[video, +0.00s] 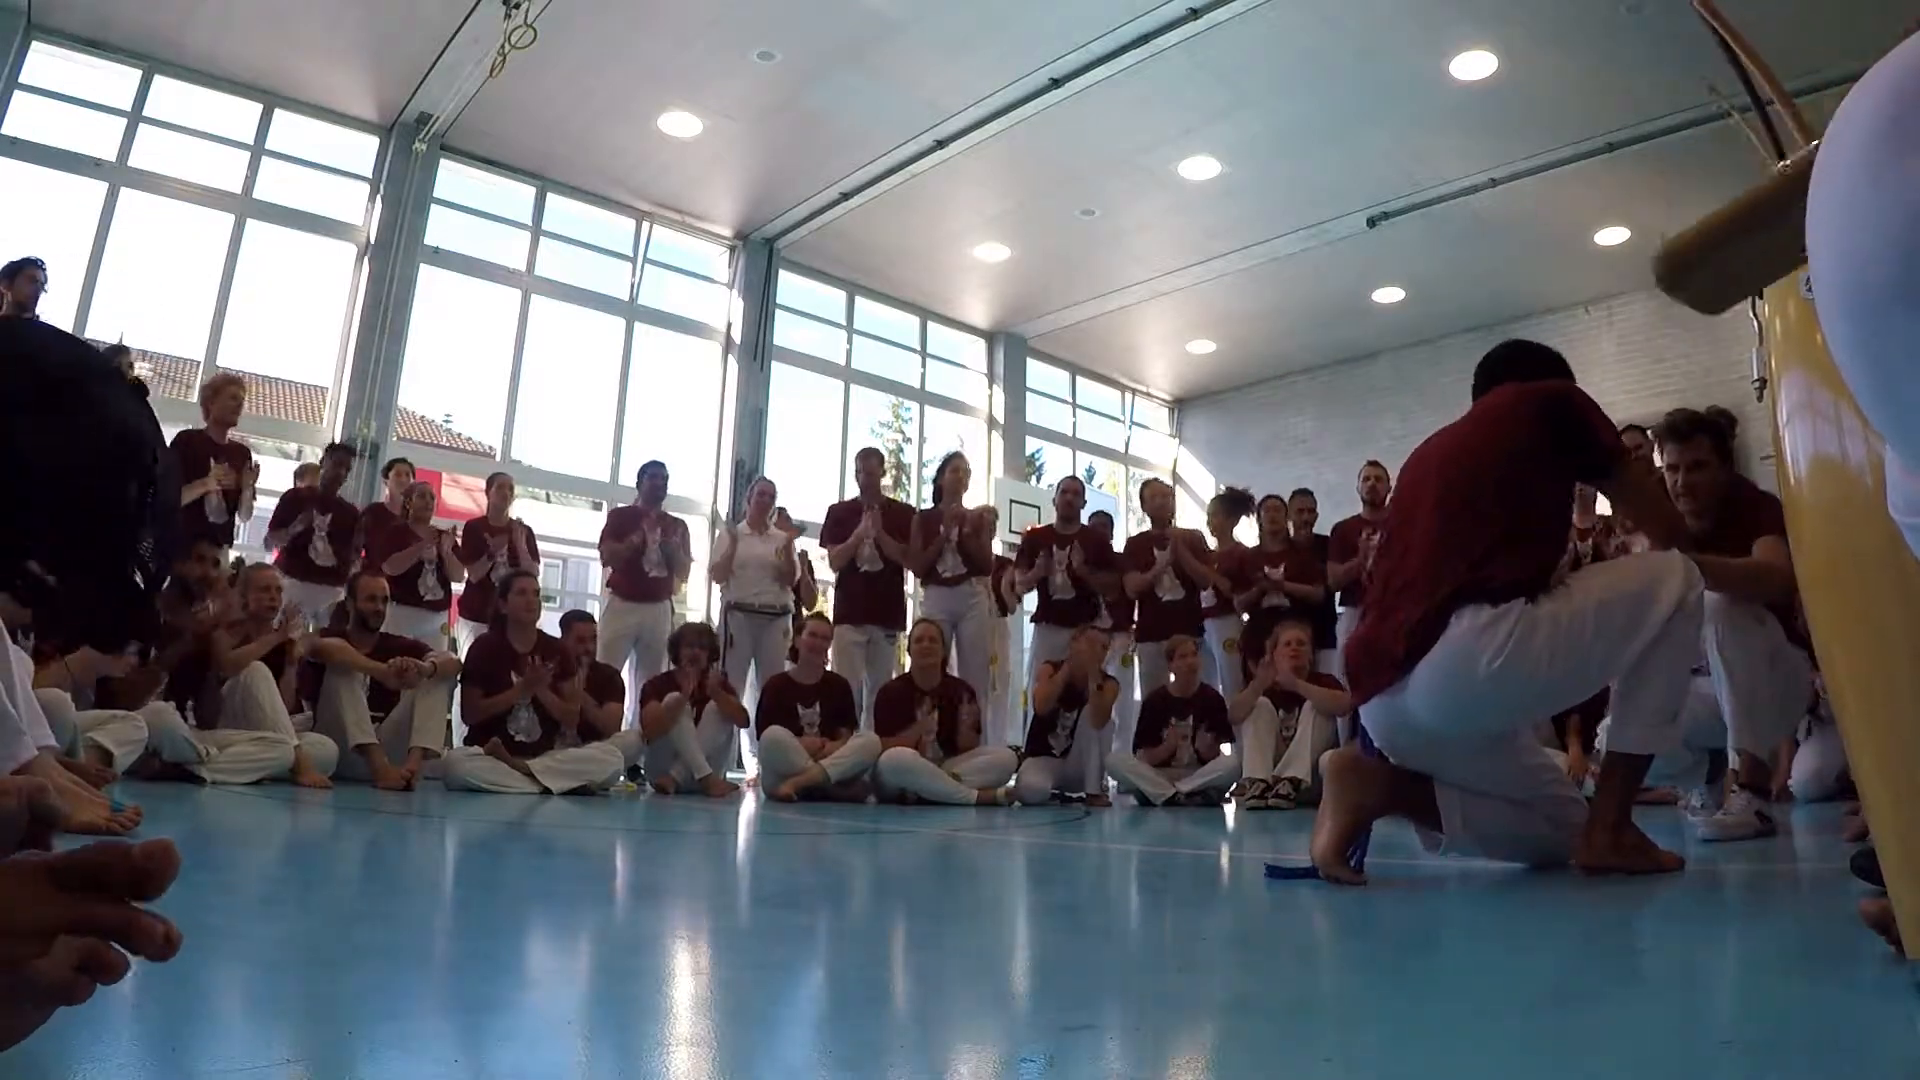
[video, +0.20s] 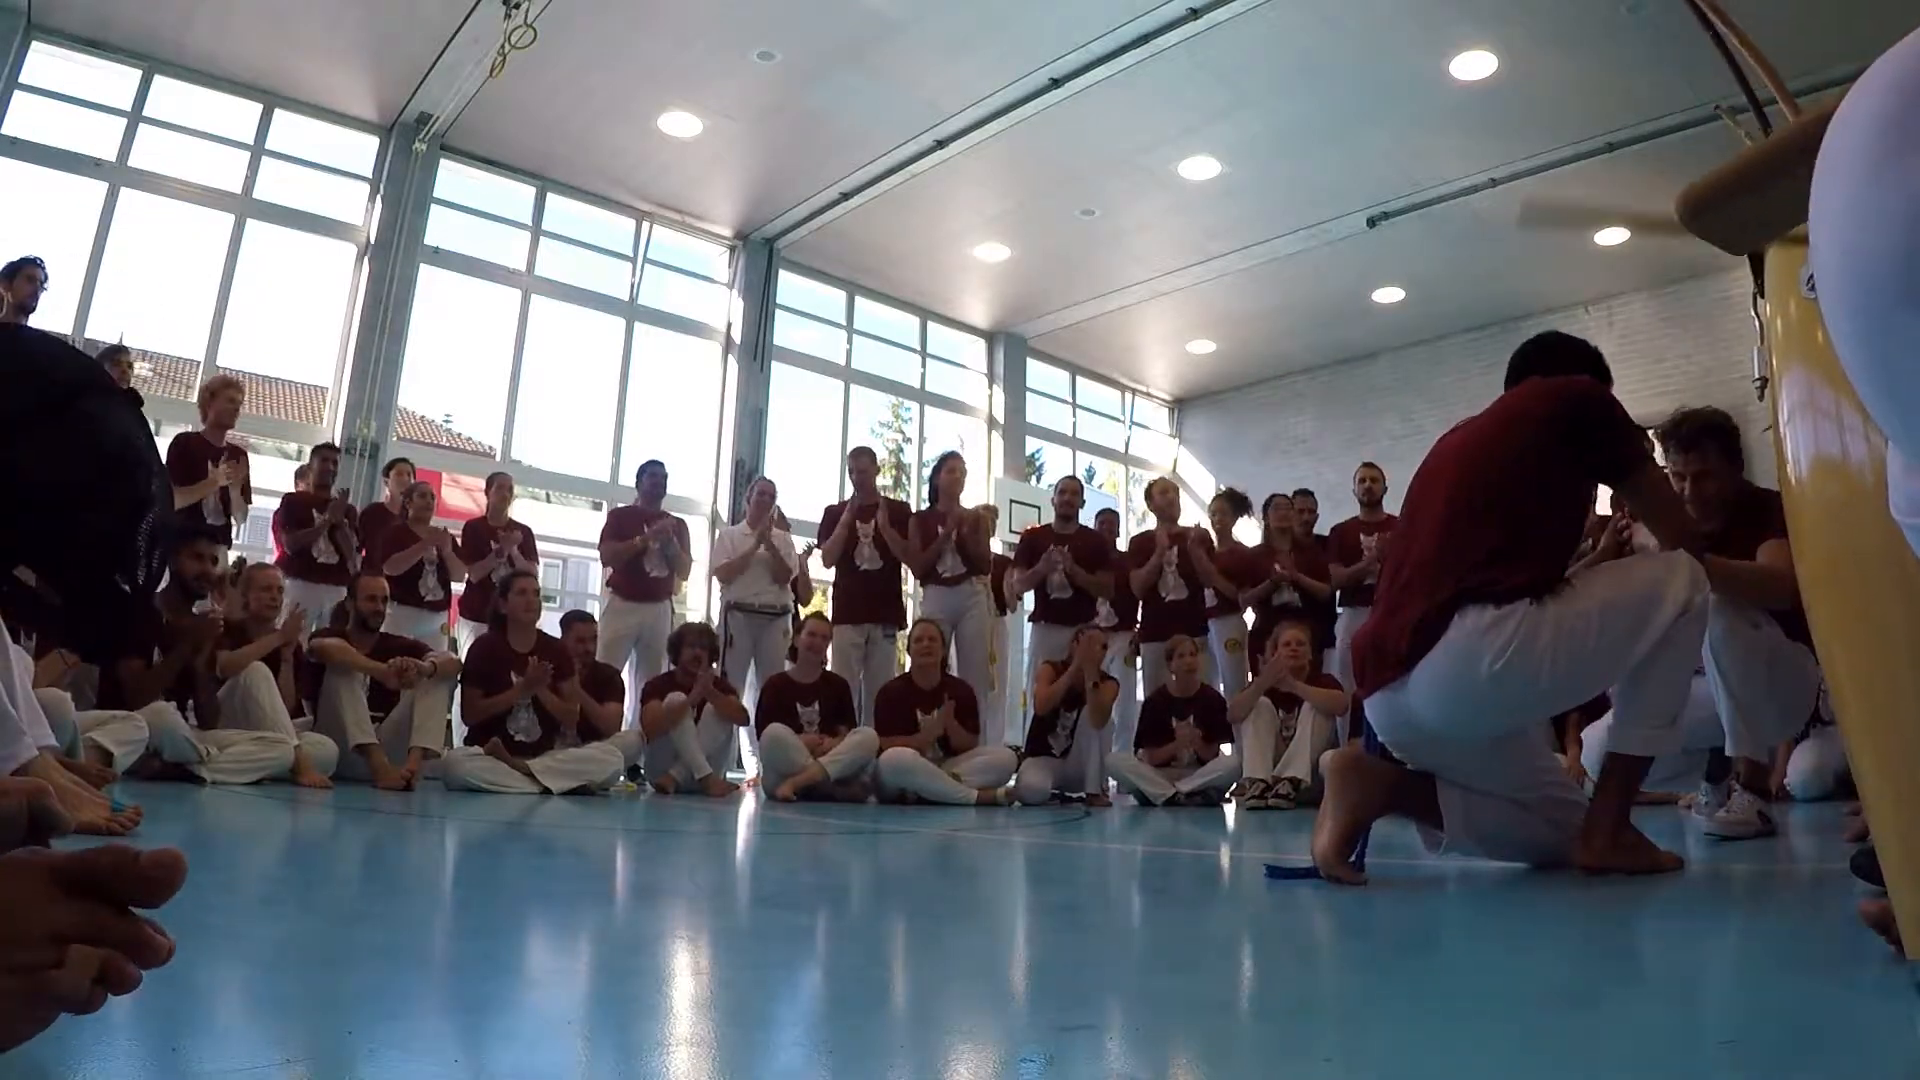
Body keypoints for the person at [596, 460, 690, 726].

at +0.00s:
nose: (658, 484)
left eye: (663, 479)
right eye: (652, 478)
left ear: (667, 486)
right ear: (639, 483)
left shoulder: (677, 525)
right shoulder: (619, 516)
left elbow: (683, 573)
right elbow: (607, 557)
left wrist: (673, 550)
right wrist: (631, 543)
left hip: (658, 610)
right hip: (621, 607)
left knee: (651, 687)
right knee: (605, 681)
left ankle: (645, 750)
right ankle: (598, 746)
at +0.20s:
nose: (657, 482)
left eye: (661, 478)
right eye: (651, 476)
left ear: (666, 485)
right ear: (638, 483)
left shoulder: (677, 524)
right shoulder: (619, 516)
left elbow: (684, 572)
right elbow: (608, 556)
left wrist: (669, 542)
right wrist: (645, 539)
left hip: (658, 610)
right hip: (621, 607)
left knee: (651, 687)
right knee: (604, 680)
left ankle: (645, 749)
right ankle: (597, 745)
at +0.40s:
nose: (657, 482)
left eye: (661, 478)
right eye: (651, 476)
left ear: (666, 485)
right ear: (637, 482)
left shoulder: (676, 524)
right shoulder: (618, 516)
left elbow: (684, 573)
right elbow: (607, 558)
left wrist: (673, 547)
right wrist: (636, 538)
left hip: (659, 610)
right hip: (621, 607)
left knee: (652, 688)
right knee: (605, 682)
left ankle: (645, 751)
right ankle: (598, 747)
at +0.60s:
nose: (656, 481)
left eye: (660, 477)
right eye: (650, 476)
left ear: (665, 485)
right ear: (637, 483)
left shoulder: (677, 524)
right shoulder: (618, 517)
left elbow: (684, 572)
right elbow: (610, 559)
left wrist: (670, 543)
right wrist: (645, 542)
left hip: (659, 610)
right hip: (621, 607)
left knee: (652, 688)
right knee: (605, 682)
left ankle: (645, 751)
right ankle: (598, 747)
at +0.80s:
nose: (656, 481)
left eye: (661, 477)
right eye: (650, 476)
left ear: (665, 485)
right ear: (637, 483)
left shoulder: (676, 524)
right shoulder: (618, 517)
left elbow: (684, 571)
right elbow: (610, 558)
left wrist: (669, 540)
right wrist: (645, 540)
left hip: (660, 610)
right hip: (621, 607)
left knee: (652, 688)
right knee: (606, 682)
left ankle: (645, 750)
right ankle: (599, 748)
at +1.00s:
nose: (657, 481)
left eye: (661, 477)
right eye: (651, 476)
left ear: (666, 485)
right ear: (637, 483)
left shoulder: (676, 524)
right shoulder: (618, 516)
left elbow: (684, 573)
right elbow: (609, 558)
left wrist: (670, 543)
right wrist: (646, 542)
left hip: (660, 610)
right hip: (621, 607)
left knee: (653, 688)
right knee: (606, 682)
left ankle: (646, 754)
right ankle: (600, 749)